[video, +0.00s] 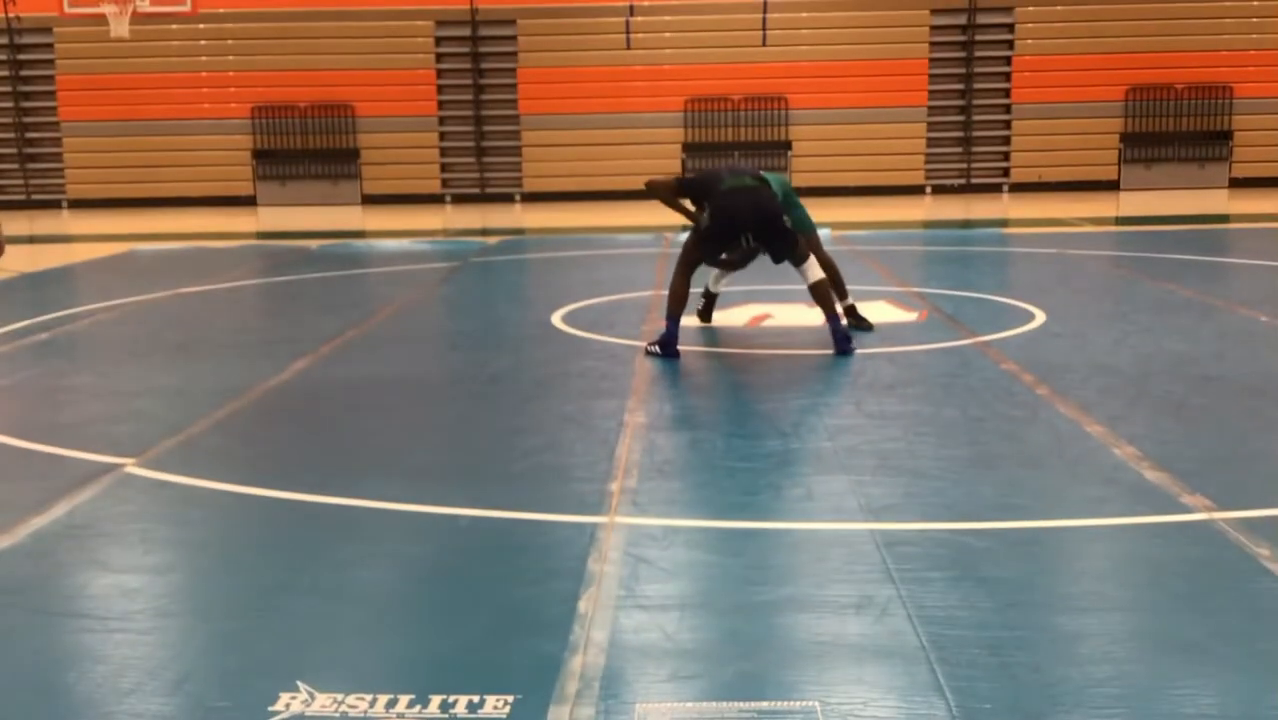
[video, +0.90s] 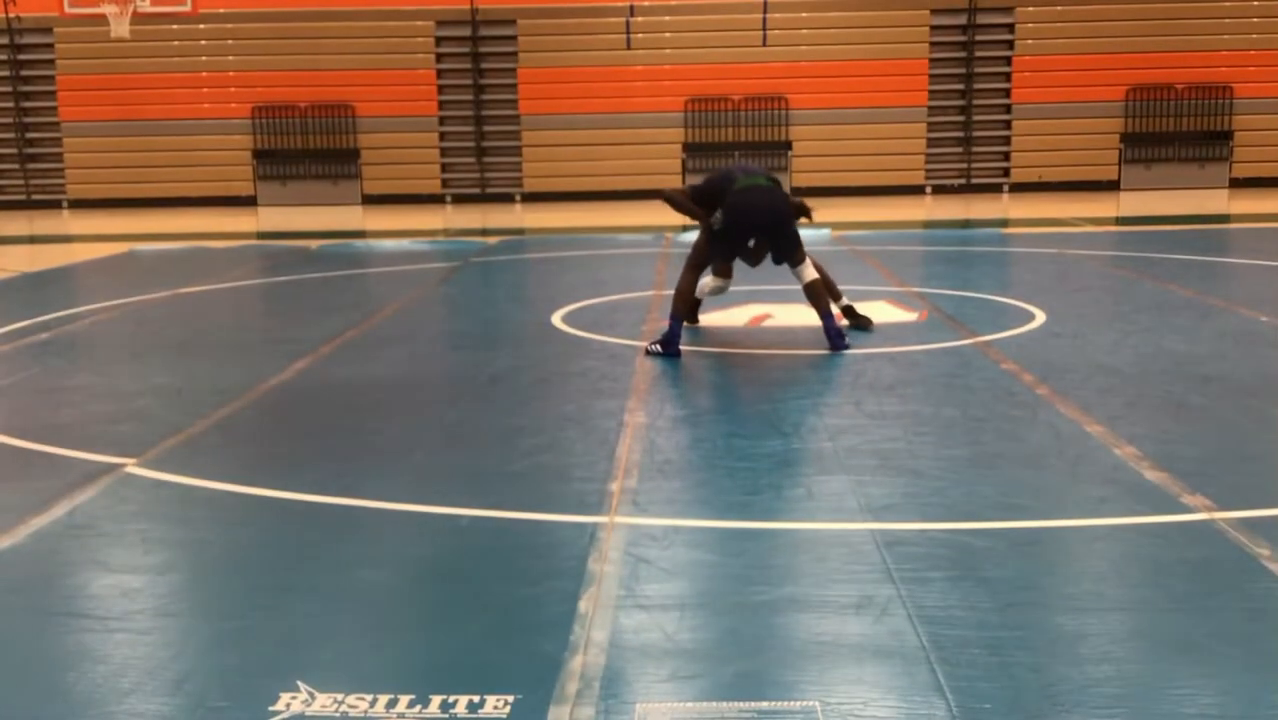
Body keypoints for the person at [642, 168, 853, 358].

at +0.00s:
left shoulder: (708, 184)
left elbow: (654, 186)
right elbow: (818, 255)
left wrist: (691, 215)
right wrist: (848, 309)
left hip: (722, 209)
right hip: (765, 206)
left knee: (684, 269)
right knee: (806, 263)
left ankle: (669, 340)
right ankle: (839, 333)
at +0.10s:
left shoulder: (706, 181)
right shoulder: (777, 186)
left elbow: (655, 182)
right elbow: (817, 253)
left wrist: (693, 214)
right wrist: (848, 307)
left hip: (720, 208)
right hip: (763, 206)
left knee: (683, 269)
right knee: (804, 268)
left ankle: (669, 339)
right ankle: (839, 333)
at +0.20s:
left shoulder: (707, 182)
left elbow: (656, 180)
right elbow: (815, 256)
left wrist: (683, 207)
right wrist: (848, 307)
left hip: (720, 207)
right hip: (763, 204)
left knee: (682, 268)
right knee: (801, 269)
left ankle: (669, 339)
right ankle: (837, 333)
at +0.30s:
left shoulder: (706, 183)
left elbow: (655, 174)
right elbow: (814, 258)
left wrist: (680, 205)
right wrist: (848, 307)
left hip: (723, 214)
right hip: (764, 212)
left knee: (681, 267)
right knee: (799, 271)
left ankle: (668, 339)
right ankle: (836, 333)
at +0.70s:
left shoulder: (714, 193)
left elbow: (667, 196)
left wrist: (705, 226)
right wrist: (848, 309)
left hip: (737, 205)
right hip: (776, 205)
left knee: (691, 269)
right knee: (804, 270)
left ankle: (670, 339)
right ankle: (833, 333)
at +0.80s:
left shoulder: (715, 189)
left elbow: (669, 197)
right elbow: (752, 264)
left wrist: (705, 225)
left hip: (736, 207)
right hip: (776, 206)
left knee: (692, 270)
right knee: (805, 270)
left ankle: (670, 340)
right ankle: (834, 332)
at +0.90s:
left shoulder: (711, 190)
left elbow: (668, 194)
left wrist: (702, 219)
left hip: (735, 206)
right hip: (775, 203)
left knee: (691, 269)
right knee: (803, 270)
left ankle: (670, 339)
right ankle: (834, 333)